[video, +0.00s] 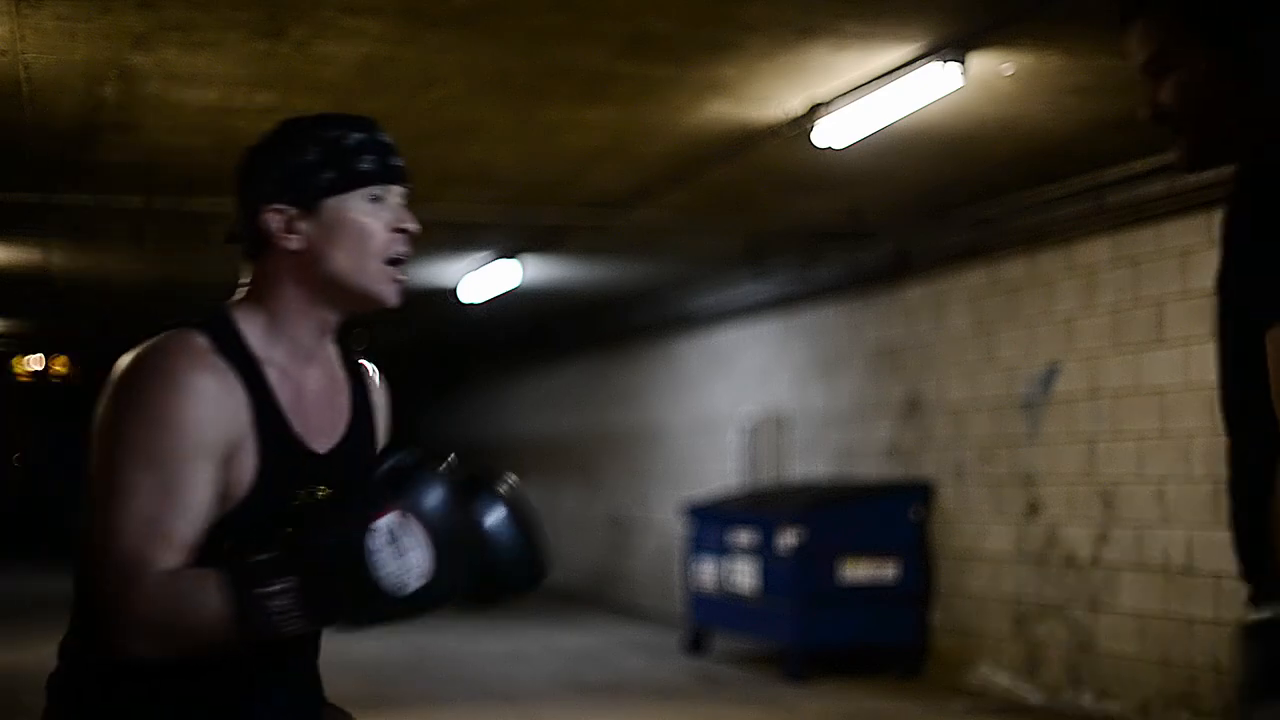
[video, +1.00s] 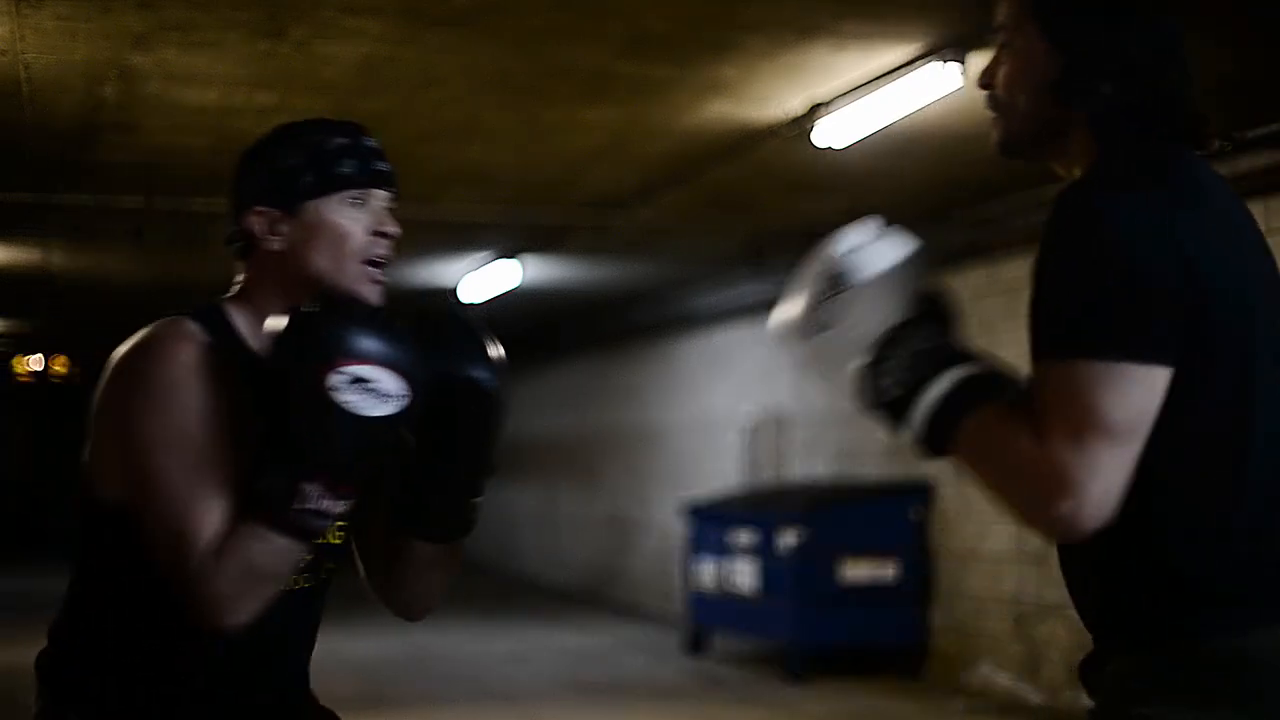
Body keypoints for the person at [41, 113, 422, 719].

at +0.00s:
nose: (409, 225)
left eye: (403, 205)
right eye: (378, 202)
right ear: (288, 227)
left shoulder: (366, 390)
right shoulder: (180, 382)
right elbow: (128, 609)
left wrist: (434, 542)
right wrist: (316, 580)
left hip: (282, 695)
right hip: (147, 703)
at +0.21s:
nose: (428, 235)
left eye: (423, 212)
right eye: (398, 208)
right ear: (306, 228)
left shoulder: (370, 379)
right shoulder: (195, 374)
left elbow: (428, 593)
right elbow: (239, 614)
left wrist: (503, 489)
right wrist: (377, 510)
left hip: (281, 697)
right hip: (143, 699)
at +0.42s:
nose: (364, 233)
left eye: (360, 212)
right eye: (334, 207)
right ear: (243, 231)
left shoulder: (304, 376)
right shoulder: (134, 376)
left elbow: (358, 597)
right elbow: (146, 616)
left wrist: (423, 496)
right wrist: (293, 524)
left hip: (239, 703)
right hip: (98, 714)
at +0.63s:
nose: (294, 224)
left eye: (291, 204)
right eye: (262, 200)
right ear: (174, 226)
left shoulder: (252, 364)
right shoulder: (72, 371)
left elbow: (287, 583)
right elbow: (70, 611)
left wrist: (362, 491)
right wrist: (215, 521)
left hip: (206, 696)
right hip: (80, 712)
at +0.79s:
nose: (297, 216)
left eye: (296, 196)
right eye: (264, 194)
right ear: (178, 222)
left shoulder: (265, 357)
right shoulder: (80, 362)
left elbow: (332, 583)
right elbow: (108, 599)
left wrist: (377, 466)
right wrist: (228, 477)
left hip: (229, 699)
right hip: (95, 713)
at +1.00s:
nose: (390, 228)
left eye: (388, 208)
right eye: (358, 204)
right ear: (270, 227)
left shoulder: (324, 368)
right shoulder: (167, 362)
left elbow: (409, 594)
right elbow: (220, 595)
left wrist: (452, 451)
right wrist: (325, 465)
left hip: (269, 695)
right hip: (136, 701)